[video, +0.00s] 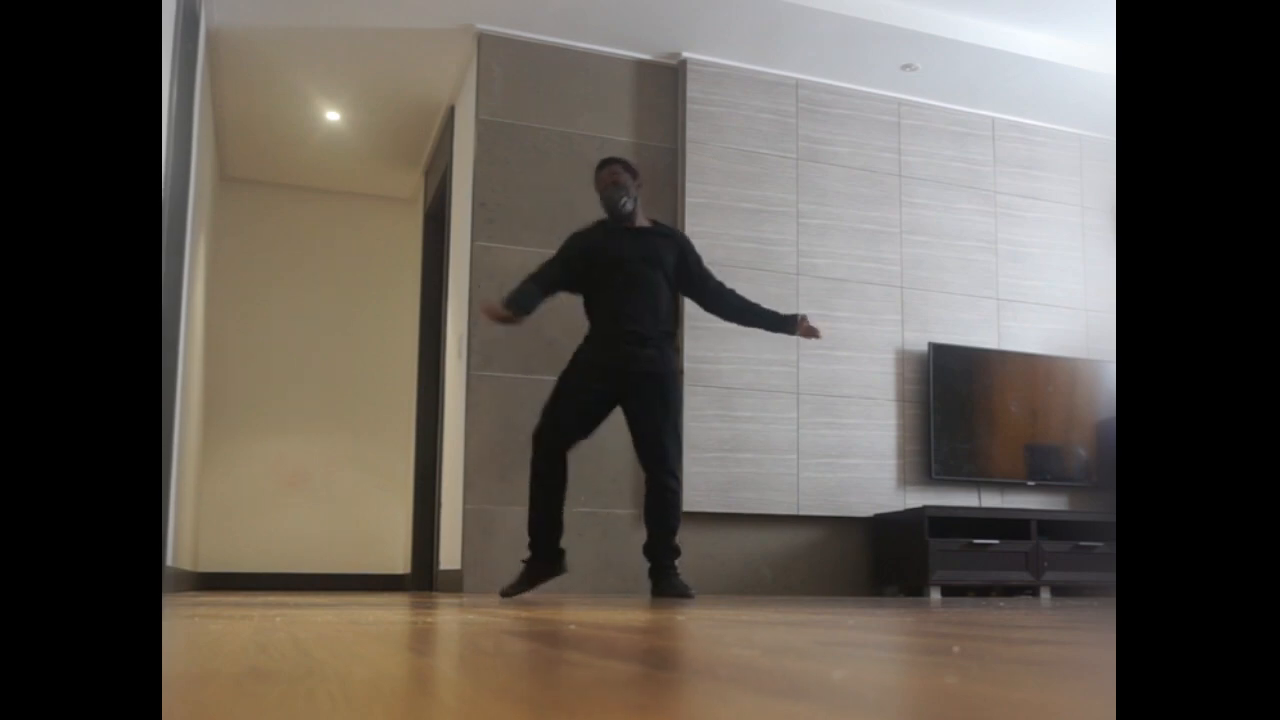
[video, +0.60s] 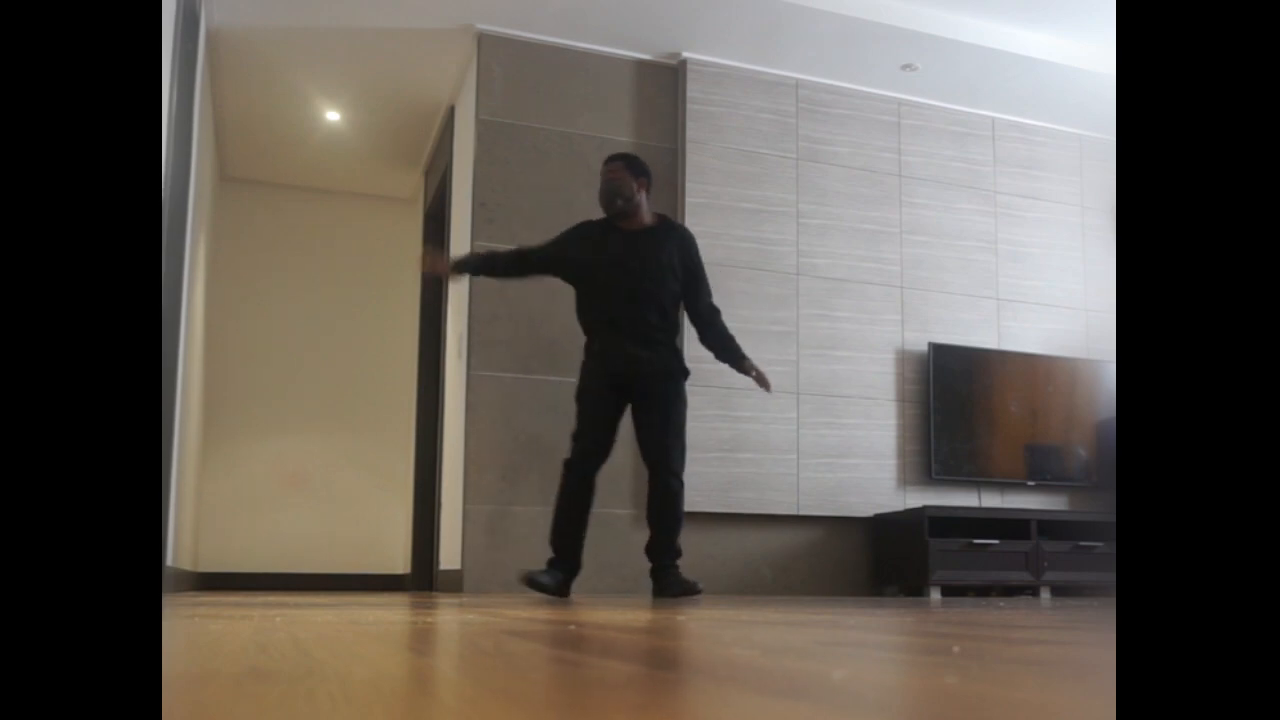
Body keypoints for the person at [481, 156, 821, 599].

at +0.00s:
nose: (614, 191)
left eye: (620, 184)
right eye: (606, 187)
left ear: (637, 188)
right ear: (598, 197)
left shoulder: (669, 243)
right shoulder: (586, 243)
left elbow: (717, 297)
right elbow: (545, 280)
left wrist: (786, 323)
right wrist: (515, 306)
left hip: (654, 368)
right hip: (598, 363)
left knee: (663, 468)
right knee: (548, 442)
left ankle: (664, 571)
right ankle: (544, 555)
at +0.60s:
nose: (610, 193)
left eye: (618, 185)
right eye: (605, 186)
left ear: (643, 187)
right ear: (601, 193)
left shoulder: (675, 240)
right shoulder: (586, 240)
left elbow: (702, 310)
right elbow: (523, 261)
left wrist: (738, 359)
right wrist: (458, 265)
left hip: (660, 374)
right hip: (603, 373)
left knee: (667, 473)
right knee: (582, 464)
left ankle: (665, 572)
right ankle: (561, 570)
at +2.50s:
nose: (857, 214)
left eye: (863, 208)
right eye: (848, 208)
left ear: (870, 214)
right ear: (831, 217)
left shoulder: (890, 247)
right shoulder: (804, 260)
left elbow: (934, 203)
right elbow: (754, 251)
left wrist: (869, 190)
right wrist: (794, 201)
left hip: (877, 378)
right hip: (829, 381)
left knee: (896, 461)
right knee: (828, 471)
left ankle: (941, 554)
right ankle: (820, 568)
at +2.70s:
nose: (907, 223)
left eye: (911, 217)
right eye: (897, 217)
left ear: (918, 221)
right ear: (880, 225)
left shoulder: (939, 259)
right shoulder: (858, 272)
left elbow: (983, 226)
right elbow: (811, 309)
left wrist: (938, 191)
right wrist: (808, 260)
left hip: (922, 391)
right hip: (869, 389)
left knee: (951, 480)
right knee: (823, 454)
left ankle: (958, 578)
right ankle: (819, 562)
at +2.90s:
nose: (933, 227)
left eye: (936, 219)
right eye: (925, 220)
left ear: (938, 220)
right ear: (902, 219)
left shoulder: (947, 265)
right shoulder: (870, 264)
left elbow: (981, 309)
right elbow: (851, 326)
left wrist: (1009, 266)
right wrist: (837, 381)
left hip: (939, 384)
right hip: (893, 382)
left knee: (949, 479)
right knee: (896, 468)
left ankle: (957, 577)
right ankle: (812, 550)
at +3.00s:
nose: (931, 218)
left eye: (930, 210)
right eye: (921, 212)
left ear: (923, 216)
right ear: (899, 219)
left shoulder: (938, 267)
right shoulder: (879, 265)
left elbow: (942, 330)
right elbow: (858, 328)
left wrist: (981, 316)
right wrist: (836, 385)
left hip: (942, 386)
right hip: (895, 383)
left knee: (959, 480)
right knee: (868, 464)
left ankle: (957, 578)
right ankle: (799, 554)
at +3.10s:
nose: (912, 208)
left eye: (912, 200)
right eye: (901, 204)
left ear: (916, 203)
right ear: (882, 212)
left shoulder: (931, 248)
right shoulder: (870, 253)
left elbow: (926, 307)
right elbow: (847, 312)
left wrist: (950, 315)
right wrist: (823, 364)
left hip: (936, 377)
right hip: (889, 375)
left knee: (961, 465)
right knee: (850, 457)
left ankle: (967, 573)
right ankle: (801, 550)